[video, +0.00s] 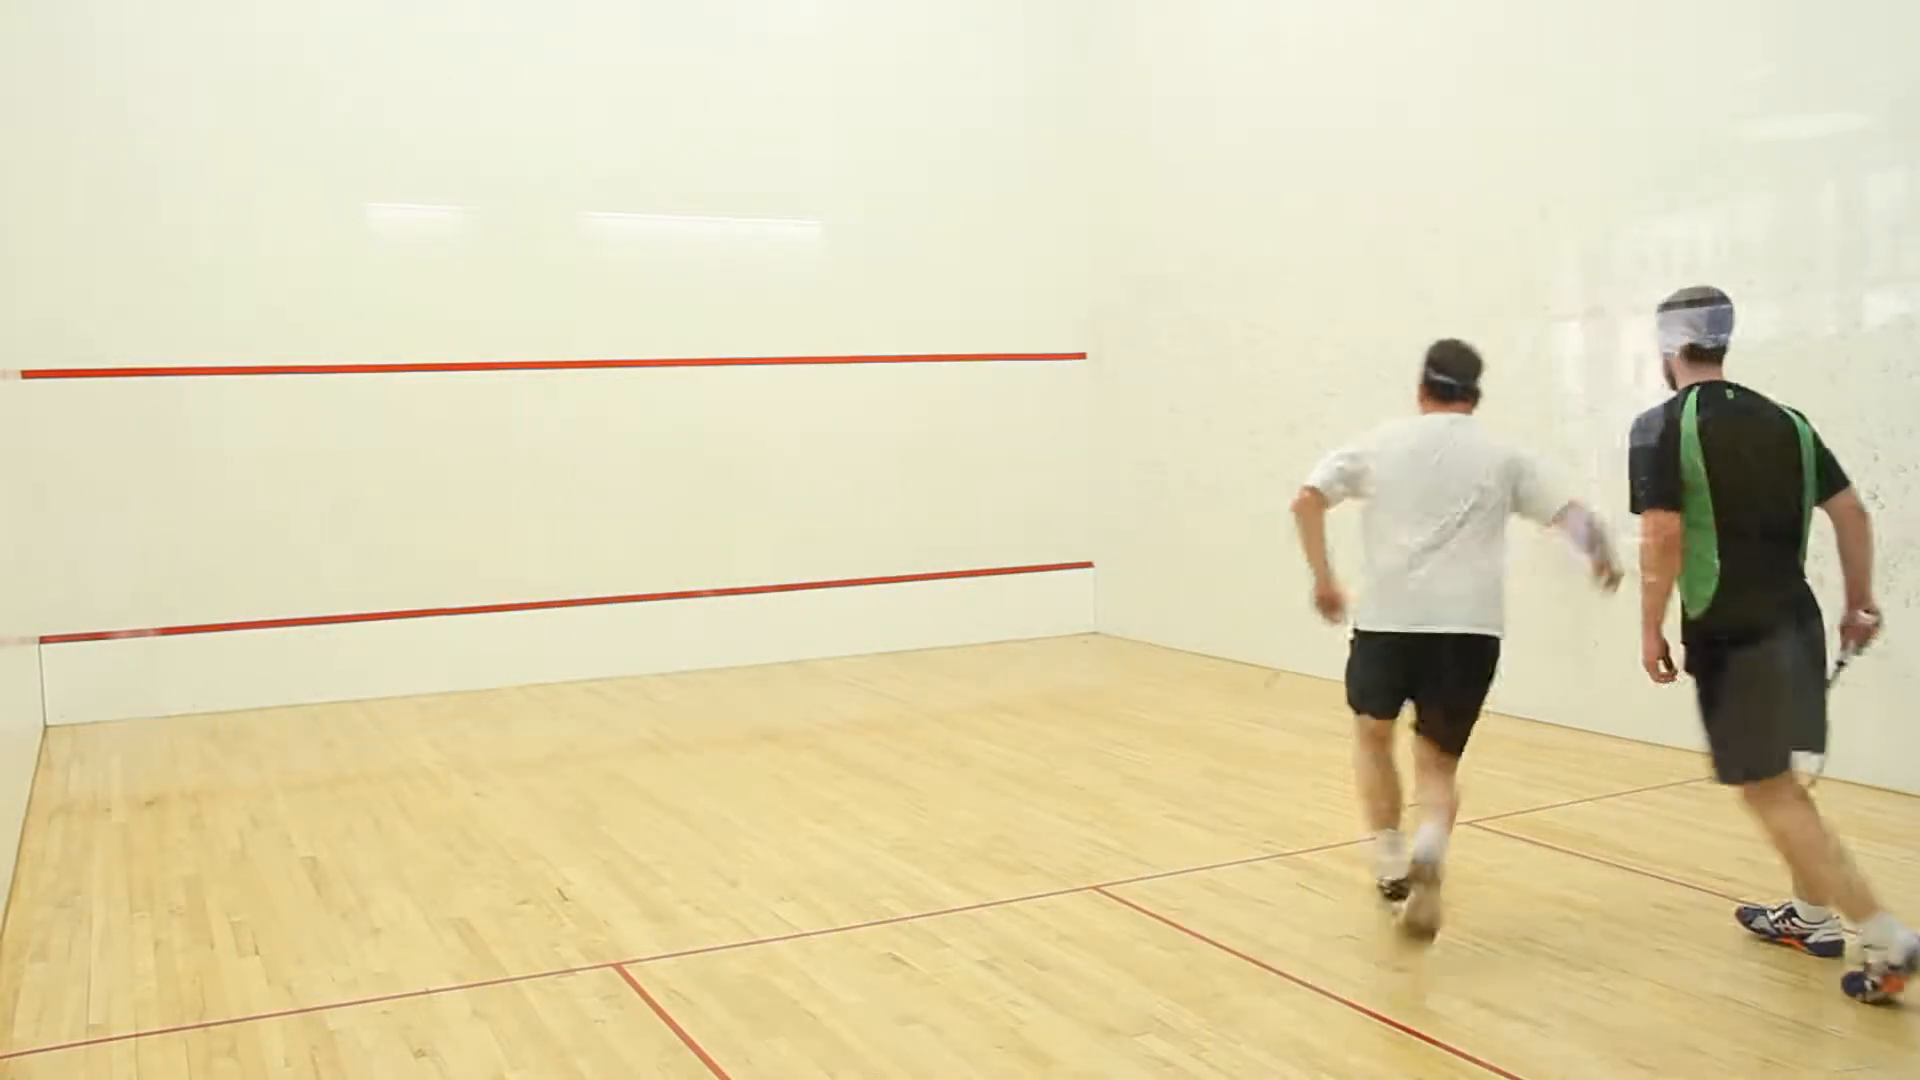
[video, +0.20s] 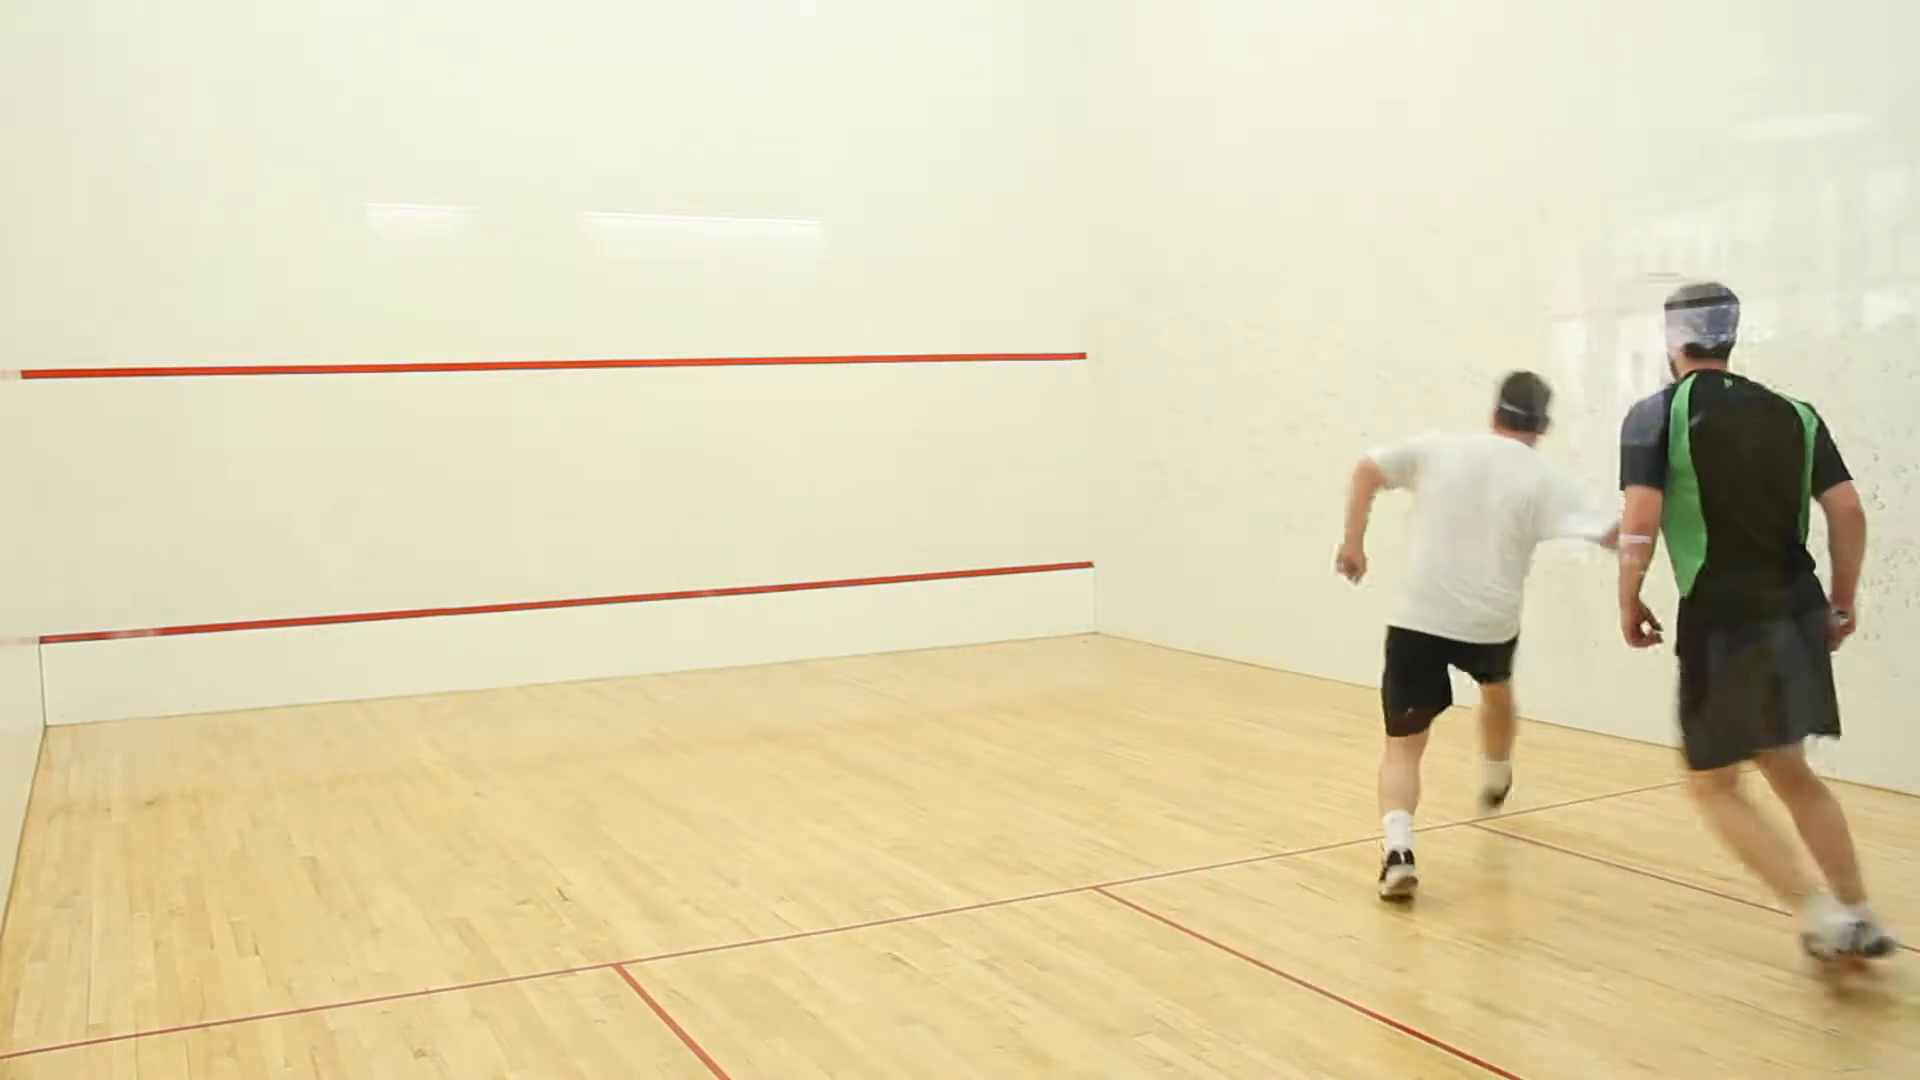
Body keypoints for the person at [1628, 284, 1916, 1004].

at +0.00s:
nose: (1664, 362)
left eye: (1664, 352)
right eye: (1671, 351)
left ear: (1670, 353)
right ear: (1726, 350)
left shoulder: (1661, 425)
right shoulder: (1785, 421)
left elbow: (1663, 537)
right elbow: (1850, 515)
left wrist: (1652, 626)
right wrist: (1859, 603)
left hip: (1732, 635)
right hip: (1796, 624)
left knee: (1767, 786)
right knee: (1776, 774)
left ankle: (1884, 935)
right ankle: (1813, 914)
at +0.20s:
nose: (1670, 355)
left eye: (1670, 345)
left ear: (1674, 345)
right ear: (1732, 342)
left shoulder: (1657, 414)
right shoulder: (1794, 413)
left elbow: (1641, 523)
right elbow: (1847, 512)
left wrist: (1629, 601)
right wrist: (1842, 601)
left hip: (1720, 624)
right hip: (1797, 615)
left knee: (1713, 782)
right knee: (1789, 768)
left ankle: (1819, 909)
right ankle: (1857, 917)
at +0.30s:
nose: (1659, 380)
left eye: (1661, 371)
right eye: (1665, 370)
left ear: (1667, 375)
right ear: (1723, 374)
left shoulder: (1652, 447)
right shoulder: (1785, 444)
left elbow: (1645, 548)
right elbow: (1838, 544)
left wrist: (1623, 629)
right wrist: (1809, 625)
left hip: (1716, 648)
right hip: (1794, 643)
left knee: (1645, 787)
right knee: (1807, 787)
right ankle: (1874, 941)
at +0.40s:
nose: (1636, 383)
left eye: (1638, 372)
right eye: (1647, 371)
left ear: (1643, 374)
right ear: (1698, 375)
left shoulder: (1628, 449)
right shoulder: (1756, 446)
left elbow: (1616, 543)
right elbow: (1806, 553)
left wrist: (1592, 624)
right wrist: (1766, 615)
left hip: (1684, 653)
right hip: (1762, 650)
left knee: (1597, 792)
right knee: (1784, 788)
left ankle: (1624, 960)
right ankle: (1872, 938)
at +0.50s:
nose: (1601, 368)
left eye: (1603, 357)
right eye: (1614, 356)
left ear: (1608, 358)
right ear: (1665, 357)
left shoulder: (1590, 427)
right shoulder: (1710, 432)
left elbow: (1580, 517)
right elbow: (1760, 537)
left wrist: (1547, 593)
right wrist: (1716, 596)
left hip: (1642, 630)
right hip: (1716, 629)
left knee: (1543, 767)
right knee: (1704, 759)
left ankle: (1595, 941)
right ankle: (1813, 894)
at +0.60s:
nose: (1552, 376)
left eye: (1556, 364)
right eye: (1560, 363)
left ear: (1561, 368)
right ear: (1613, 368)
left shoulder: (1547, 433)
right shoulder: (1655, 442)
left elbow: (1534, 531)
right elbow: (1706, 554)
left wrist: (1490, 617)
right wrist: (1641, 603)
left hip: (1620, 629)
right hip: (1693, 631)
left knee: (1496, 764)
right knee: (1632, 744)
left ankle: (1543, 932)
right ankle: (1683, 894)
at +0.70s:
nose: (1492, 422)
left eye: (1496, 411)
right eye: (1497, 410)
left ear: (1508, 416)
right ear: (1561, 416)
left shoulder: (1502, 484)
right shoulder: (1608, 481)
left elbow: (1487, 586)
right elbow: (1648, 591)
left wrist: (1445, 675)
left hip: (1583, 677)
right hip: (1652, 671)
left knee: (1453, 794)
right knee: (1583, 784)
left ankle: (1446, 961)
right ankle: (1605, 914)